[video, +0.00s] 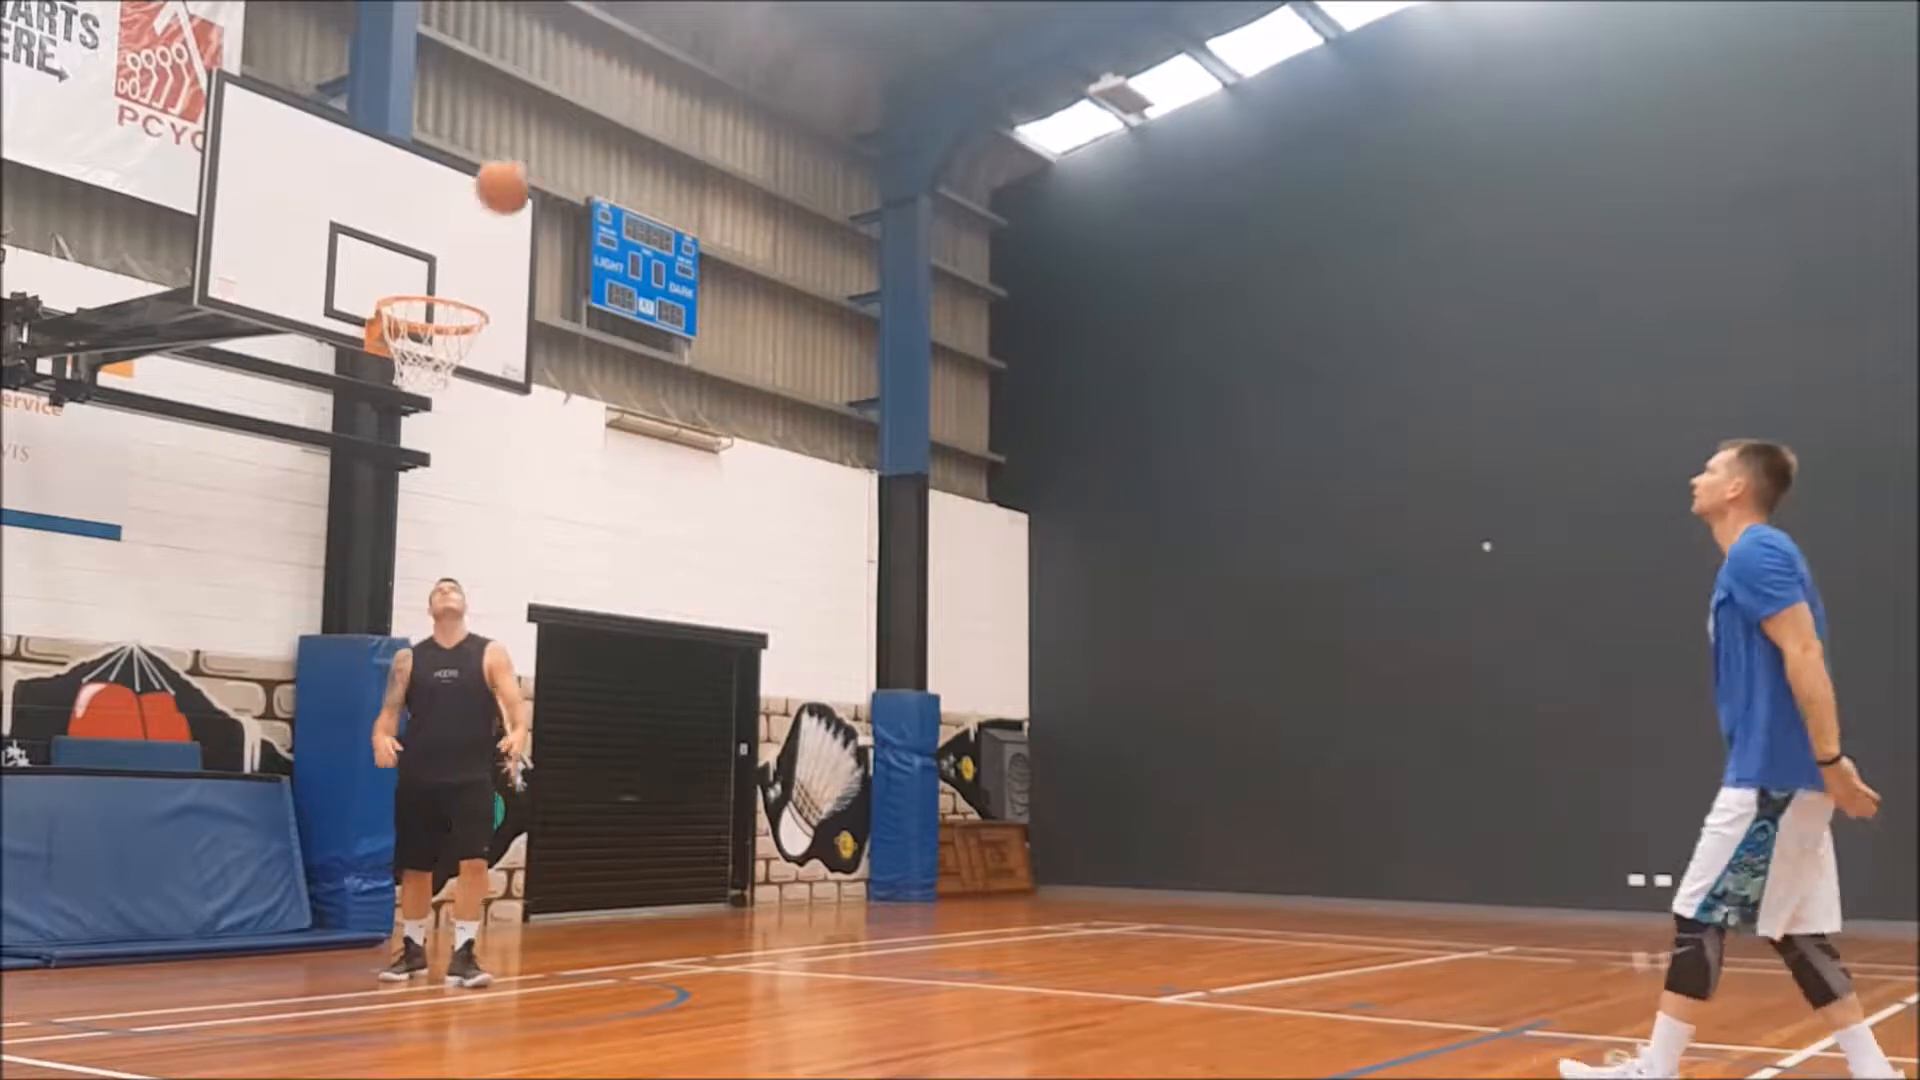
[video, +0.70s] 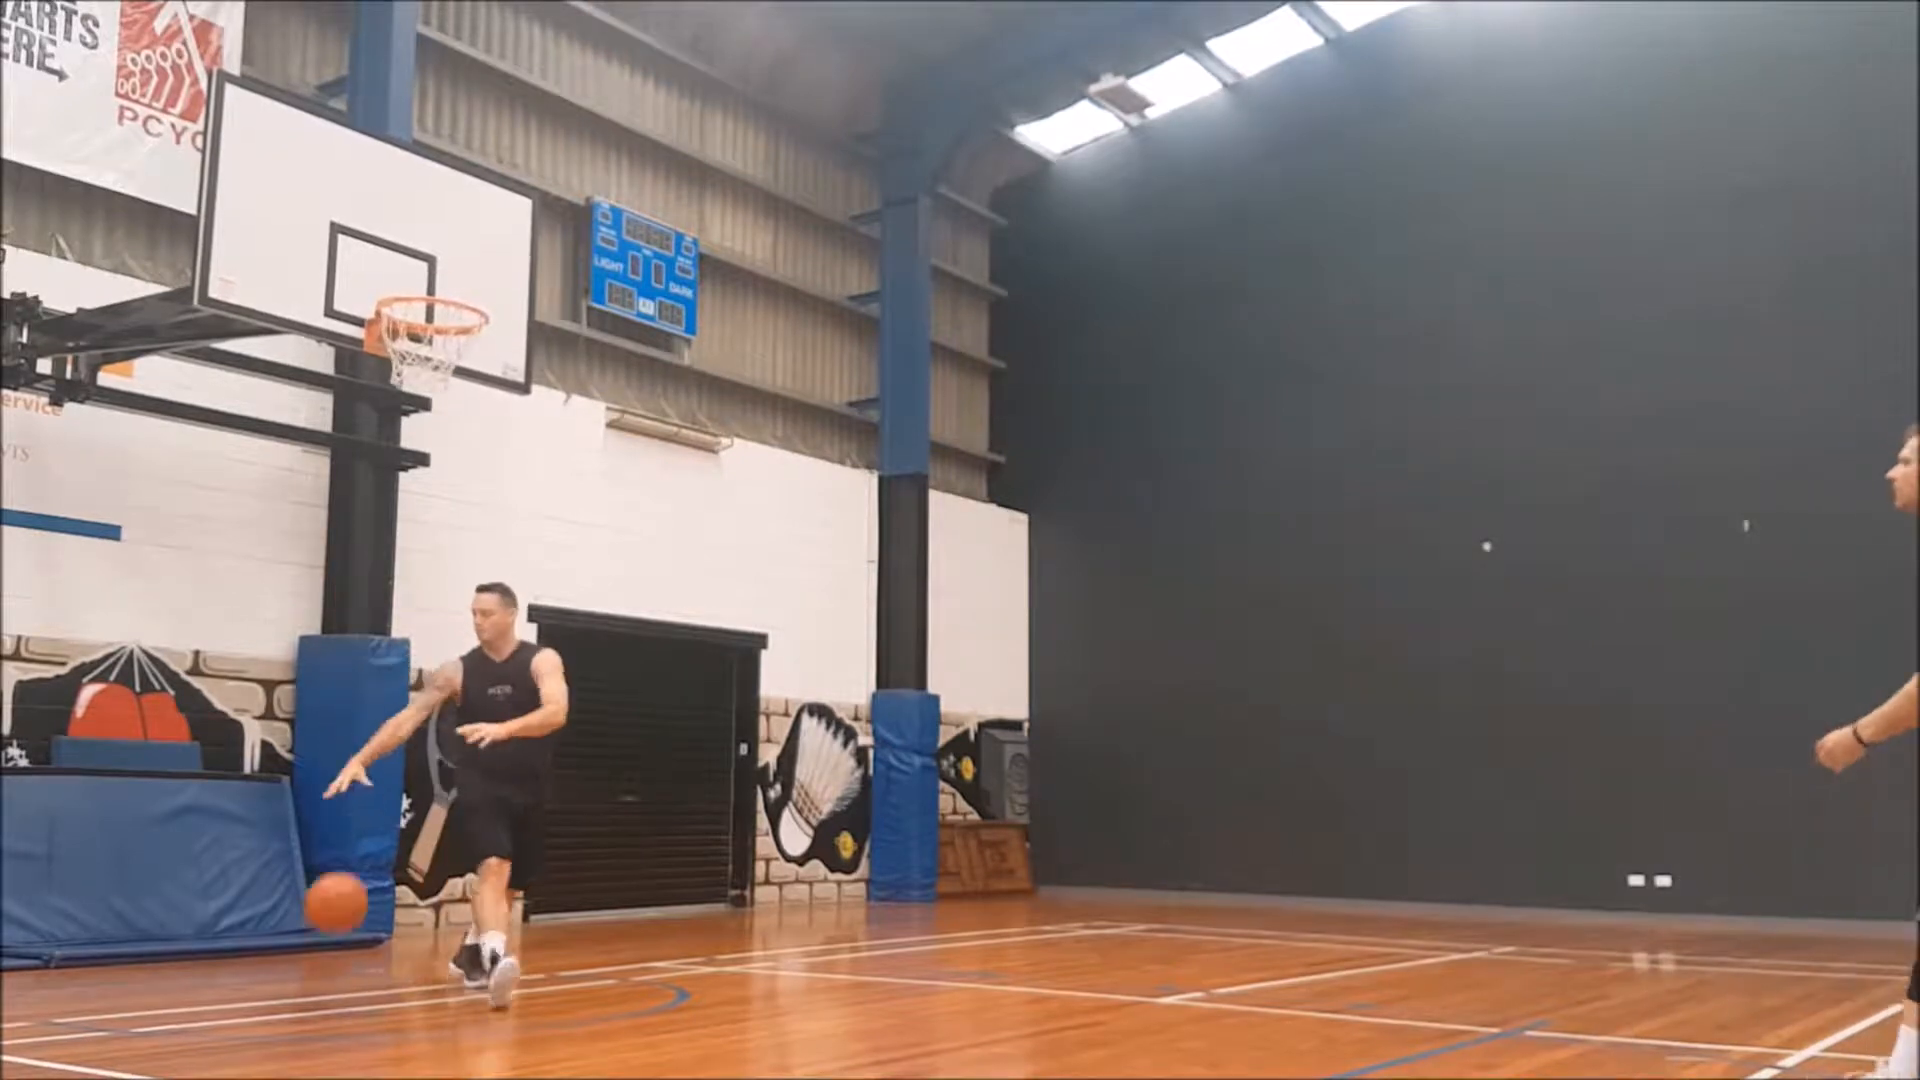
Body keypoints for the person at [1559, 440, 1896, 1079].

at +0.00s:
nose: (1695, 480)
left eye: (1708, 470)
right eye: (1703, 470)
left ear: (1736, 488)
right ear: (1744, 491)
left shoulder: (1753, 553)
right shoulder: (1771, 555)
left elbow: (1804, 653)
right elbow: (1810, 658)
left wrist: (1832, 762)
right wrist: (1831, 770)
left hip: (1765, 778)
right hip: (1795, 778)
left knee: (1698, 918)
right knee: (1798, 930)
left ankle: (1656, 1065)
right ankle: (1873, 1067)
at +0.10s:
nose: (1722, 476)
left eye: (1735, 465)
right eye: (1729, 465)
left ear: (1766, 479)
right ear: (1774, 481)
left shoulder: (1783, 545)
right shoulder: (1806, 544)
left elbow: (1809, 648)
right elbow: (1822, 651)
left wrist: (1801, 757)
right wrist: (1802, 759)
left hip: (1799, 766)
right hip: (1838, 765)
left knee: (1735, 906)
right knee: (1822, 921)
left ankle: (1752, 1067)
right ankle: (1879, 1068)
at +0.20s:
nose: (1754, 471)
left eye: (1765, 460)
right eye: (1760, 459)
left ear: (1796, 473)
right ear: (1805, 476)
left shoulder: (1808, 538)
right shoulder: (1835, 539)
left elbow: (1809, 644)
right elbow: (1833, 654)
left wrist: (1765, 744)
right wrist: (1786, 752)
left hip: (1840, 757)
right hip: (1869, 757)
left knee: (1785, 909)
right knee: (1847, 920)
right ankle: (1881, 1063)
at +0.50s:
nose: (1845, 468)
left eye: (1857, 457)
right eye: (1851, 457)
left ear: (1892, 468)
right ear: (1896, 470)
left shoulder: (1892, 538)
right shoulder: (1903, 535)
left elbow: (1858, 646)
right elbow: (1872, 651)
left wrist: (1762, 707)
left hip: (1904, 777)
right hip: (1901, 774)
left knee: (1892, 930)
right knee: (1892, 929)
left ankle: (1889, 1069)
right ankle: (1889, 1066)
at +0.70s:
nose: (1892, 473)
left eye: (1903, 460)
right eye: (1898, 459)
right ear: (1913, 472)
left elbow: (1917, 685)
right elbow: (1917, 683)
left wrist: (1859, 734)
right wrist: (1862, 732)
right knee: (1919, 921)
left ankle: (1905, 1059)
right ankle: (1903, 1058)